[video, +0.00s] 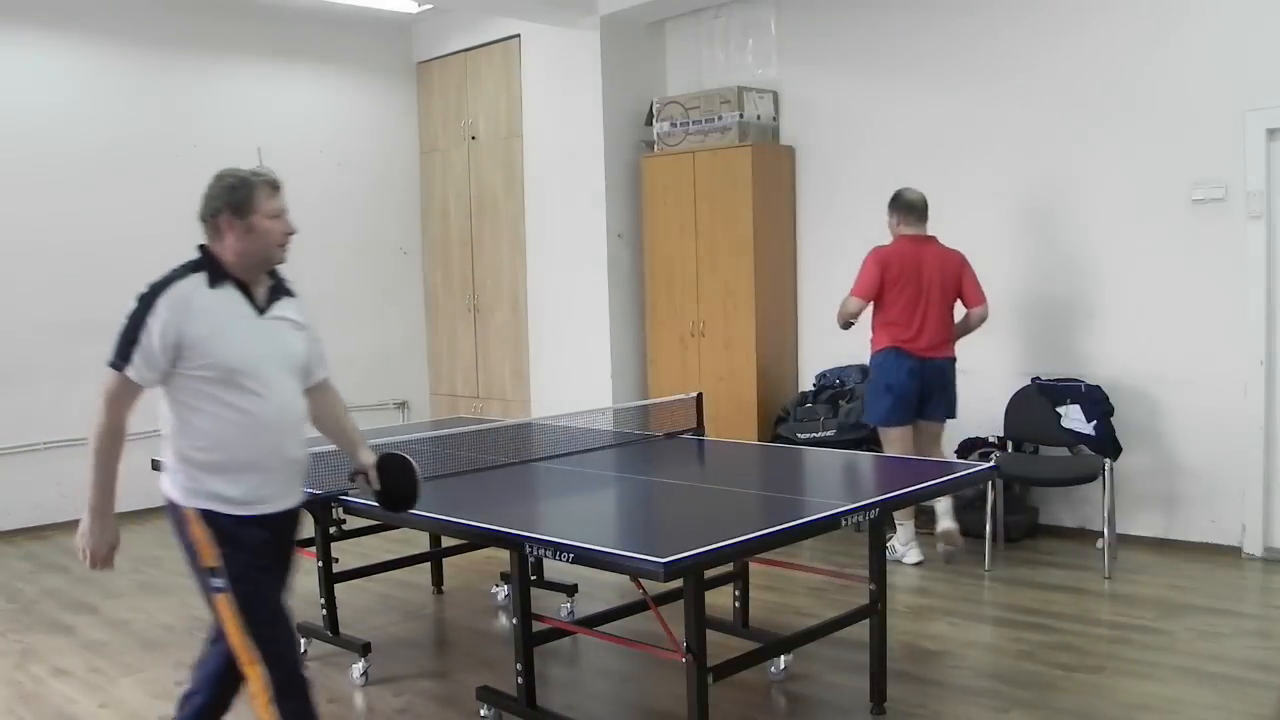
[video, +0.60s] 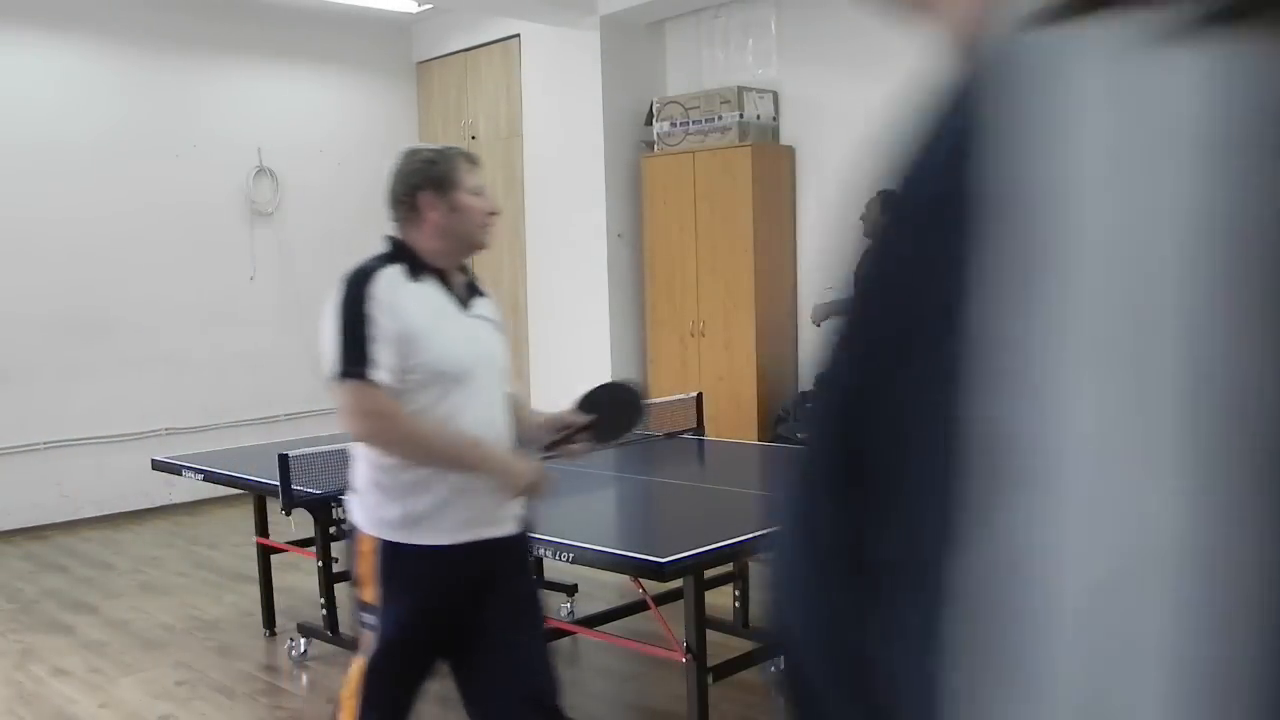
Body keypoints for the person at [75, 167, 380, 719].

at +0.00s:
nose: (290, 228)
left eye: (287, 216)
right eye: (276, 218)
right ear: (228, 229)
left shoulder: (286, 303)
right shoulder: (173, 302)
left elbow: (318, 390)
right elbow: (114, 404)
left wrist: (361, 452)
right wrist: (100, 514)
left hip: (280, 508)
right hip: (210, 510)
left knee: (235, 645)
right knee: (274, 658)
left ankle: (193, 712)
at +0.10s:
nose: (318, 220)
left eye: (314, 208)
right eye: (304, 209)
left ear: (267, 220)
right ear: (256, 218)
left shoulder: (314, 296)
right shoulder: (200, 300)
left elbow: (336, 386)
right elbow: (145, 410)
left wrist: (374, 457)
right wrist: (120, 518)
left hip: (319, 507)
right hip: (246, 511)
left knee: (302, 661)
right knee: (308, 681)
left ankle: (215, 715)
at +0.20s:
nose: (346, 211)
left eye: (343, 198)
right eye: (332, 199)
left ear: (295, 210)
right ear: (282, 209)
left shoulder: (336, 283)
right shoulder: (229, 289)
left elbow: (357, 377)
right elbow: (180, 406)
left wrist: (389, 448)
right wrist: (161, 523)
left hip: (350, 506)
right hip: (274, 515)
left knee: (382, 643)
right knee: (317, 693)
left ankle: (283, 710)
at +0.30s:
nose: (377, 203)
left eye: (373, 190)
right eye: (363, 191)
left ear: (323, 199)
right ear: (313, 199)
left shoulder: (366, 278)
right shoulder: (258, 280)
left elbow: (383, 374)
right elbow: (216, 401)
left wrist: (415, 442)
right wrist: (227, 521)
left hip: (384, 503)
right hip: (302, 515)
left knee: (430, 642)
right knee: (320, 687)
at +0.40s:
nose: (410, 201)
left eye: (406, 188)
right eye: (395, 188)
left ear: (358, 199)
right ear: (347, 197)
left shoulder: (397, 277)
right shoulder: (289, 278)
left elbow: (409, 380)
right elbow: (255, 400)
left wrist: (448, 444)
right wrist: (312, 511)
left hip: (416, 519)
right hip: (334, 527)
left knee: (466, 680)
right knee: (336, 699)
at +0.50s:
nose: (449, 205)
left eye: (445, 192)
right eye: (434, 192)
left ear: (396, 203)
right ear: (385, 201)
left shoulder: (439, 290)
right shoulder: (328, 283)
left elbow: (441, 392)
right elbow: (308, 406)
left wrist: (493, 434)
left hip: (445, 530)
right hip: (361, 536)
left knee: (488, 692)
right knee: (351, 701)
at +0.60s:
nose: (492, 207)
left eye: (488, 193)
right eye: (476, 193)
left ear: (441, 209)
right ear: (429, 206)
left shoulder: (478, 299)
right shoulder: (372, 288)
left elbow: (485, 404)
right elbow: (367, 414)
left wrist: (544, 427)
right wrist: (495, 462)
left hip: (495, 540)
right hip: (415, 546)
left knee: (524, 701)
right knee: (386, 699)